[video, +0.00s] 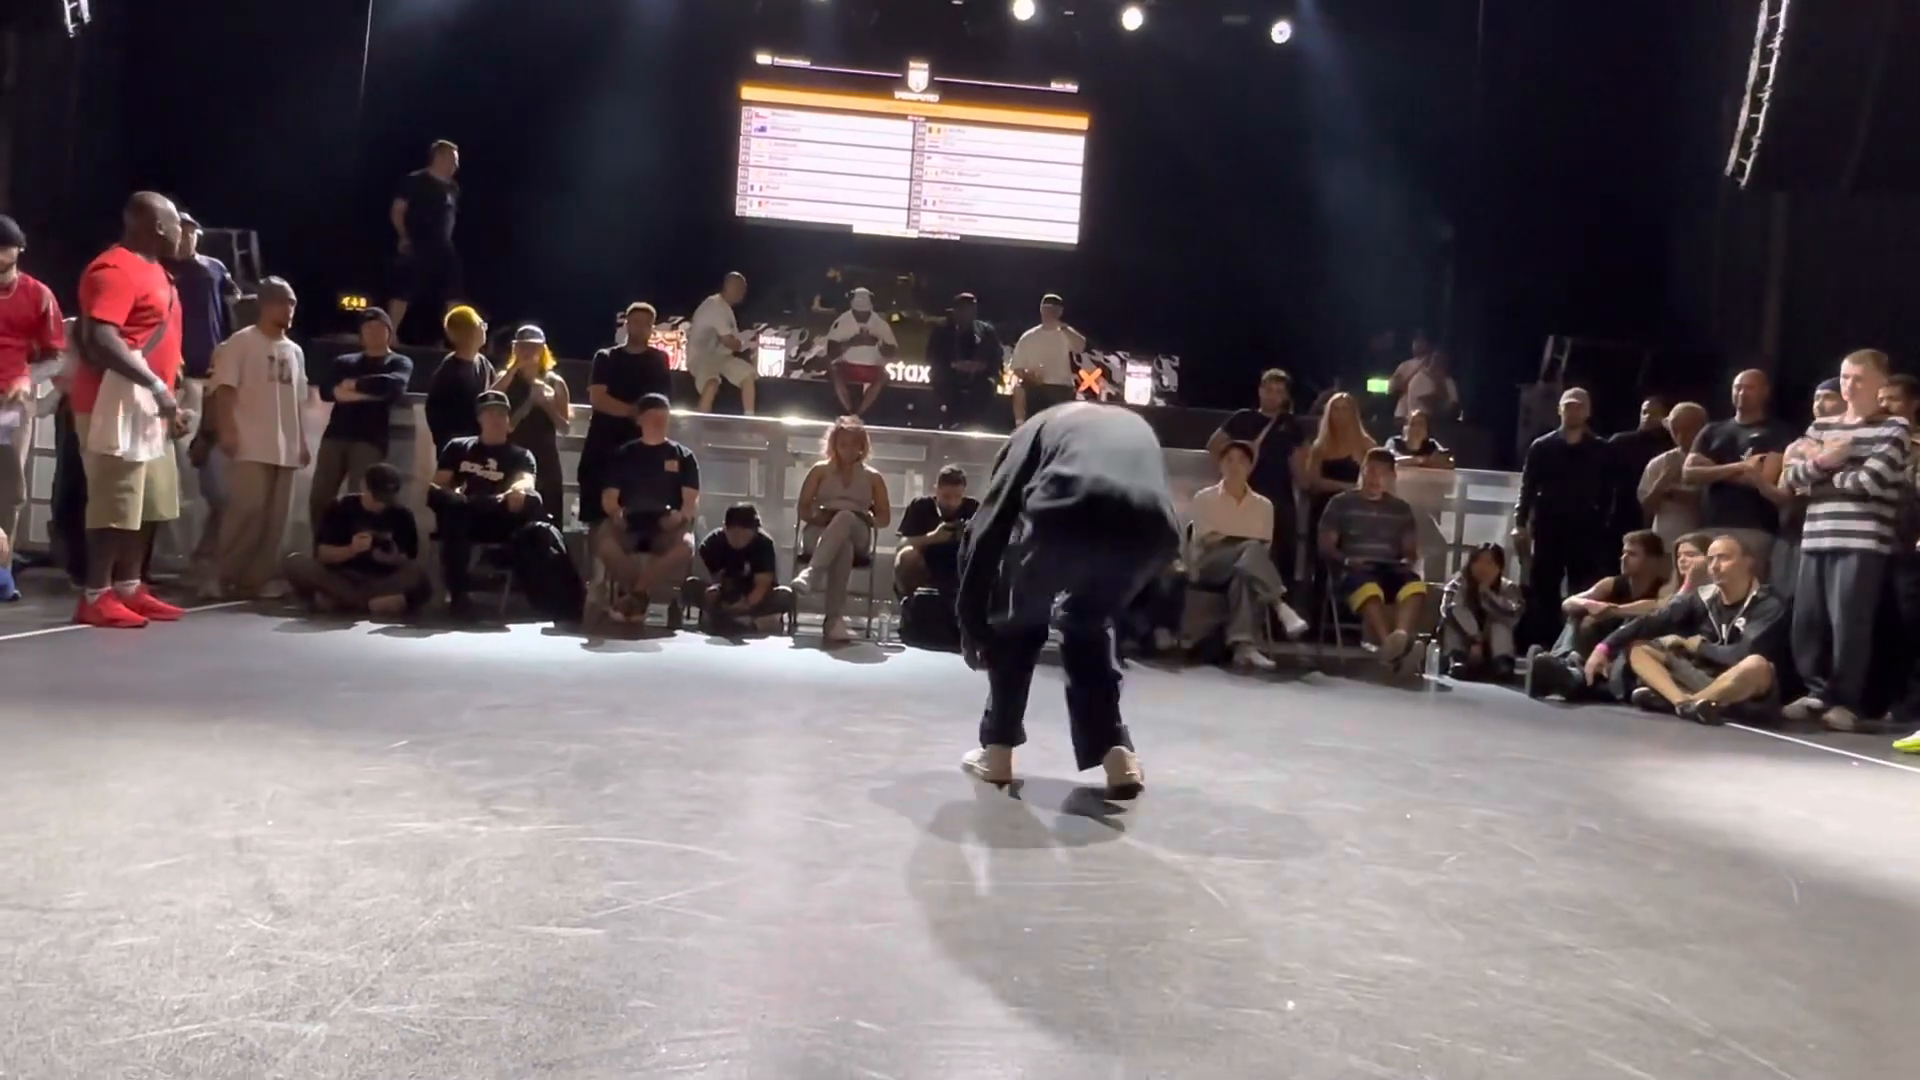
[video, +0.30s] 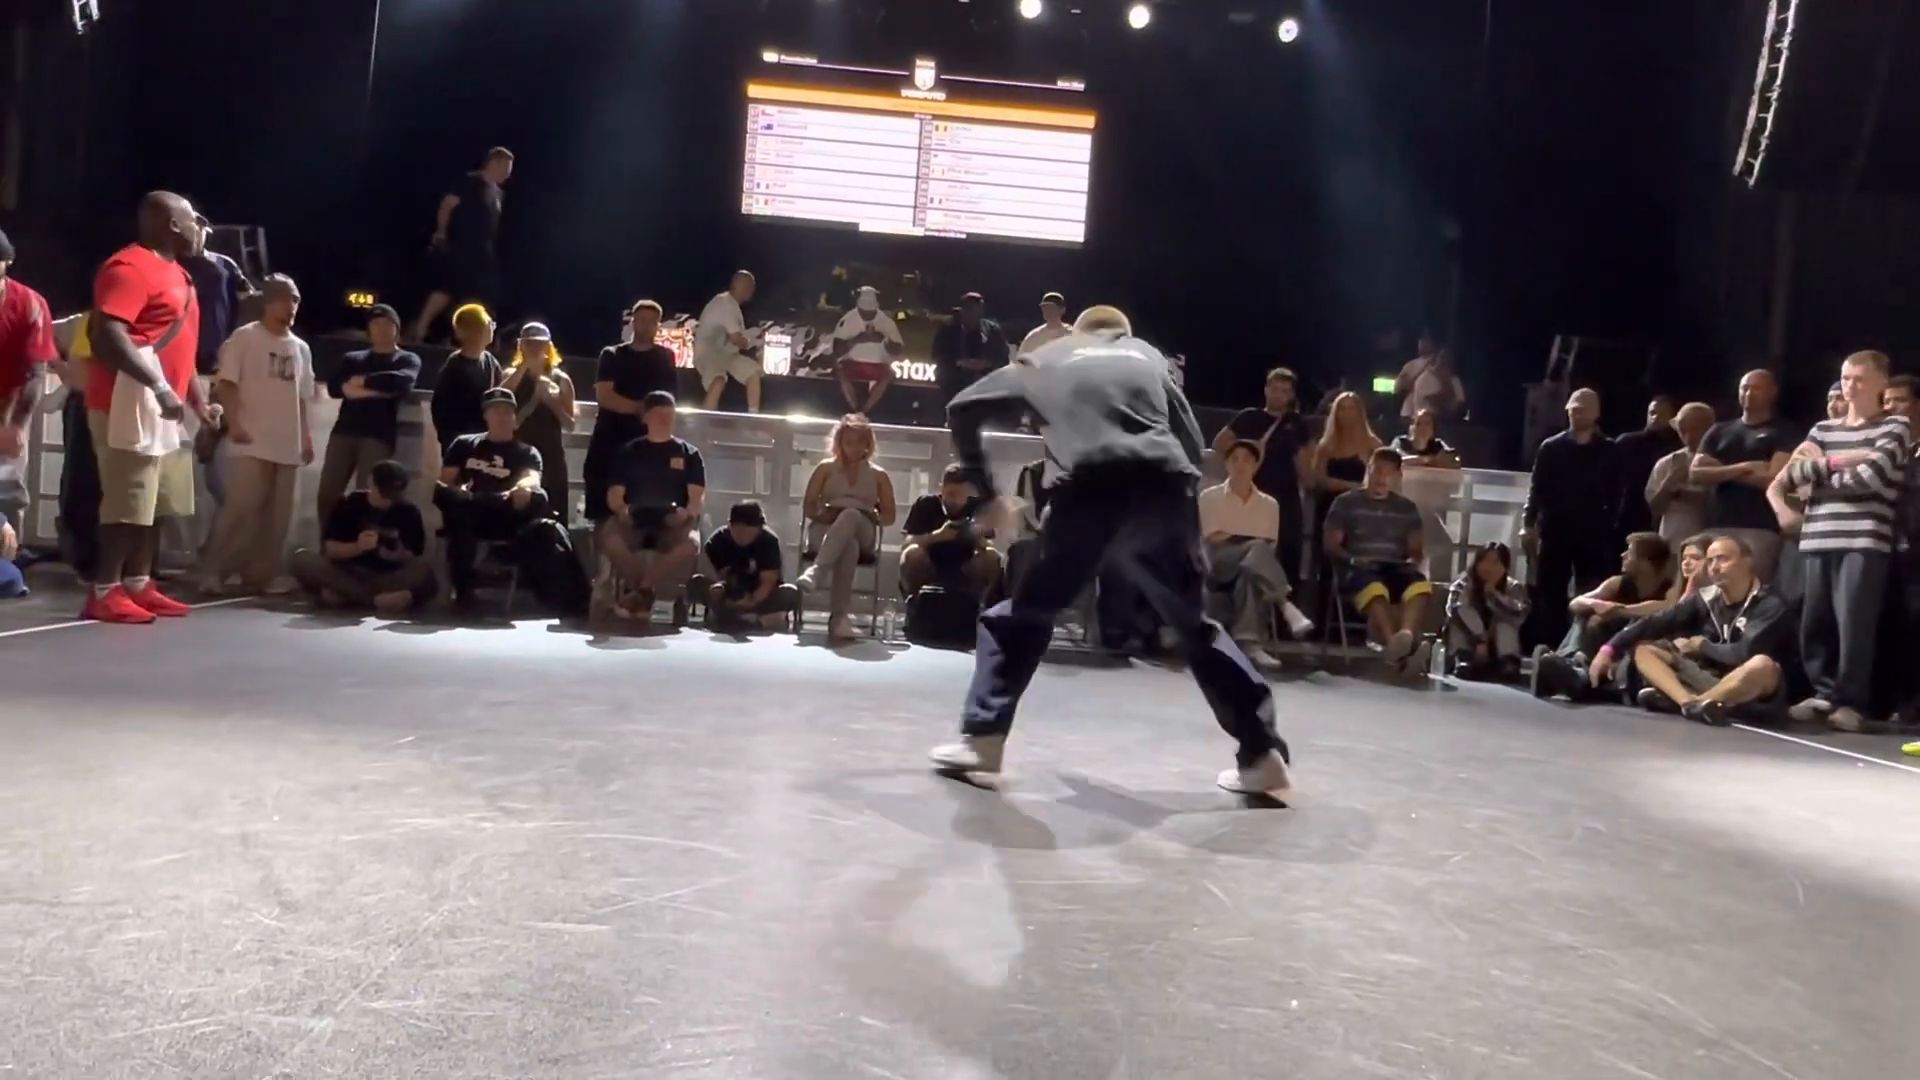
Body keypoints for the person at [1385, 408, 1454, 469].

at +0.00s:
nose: (1417, 429)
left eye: (1421, 424)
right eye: (1413, 424)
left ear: (1427, 428)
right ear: (1406, 427)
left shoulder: (1432, 445)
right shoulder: (1394, 442)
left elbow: (1447, 460)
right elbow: (1391, 459)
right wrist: (1420, 460)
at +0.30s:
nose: (1423, 428)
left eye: (1427, 424)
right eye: (1419, 424)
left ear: (1433, 427)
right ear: (1412, 426)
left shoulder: (1438, 444)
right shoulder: (1400, 442)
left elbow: (1454, 462)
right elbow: (1396, 459)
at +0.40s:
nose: (1424, 428)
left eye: (1428, 423)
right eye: (1420, 423)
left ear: (1434, 427)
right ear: (1414, 426)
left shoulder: (1440, 444)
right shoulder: (1401, 442)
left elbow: (1454, 461)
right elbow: (1400, 459)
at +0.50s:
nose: (1426, 427)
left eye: (1430, 423)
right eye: (1422, 423)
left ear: (1435, 426)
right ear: (1416, 425)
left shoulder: (1441, 444)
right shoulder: (1403, 441)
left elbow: (1456, 461)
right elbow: (1402, 459)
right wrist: (1435, 459)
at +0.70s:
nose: (1429, 425)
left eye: (1433, 421)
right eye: (1425, 421)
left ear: (1439, 424)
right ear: (1418, 424)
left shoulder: (1444, 441)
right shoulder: (1406, 439)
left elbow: (1459, 459)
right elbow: (1402, 457)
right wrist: (1439, 457)